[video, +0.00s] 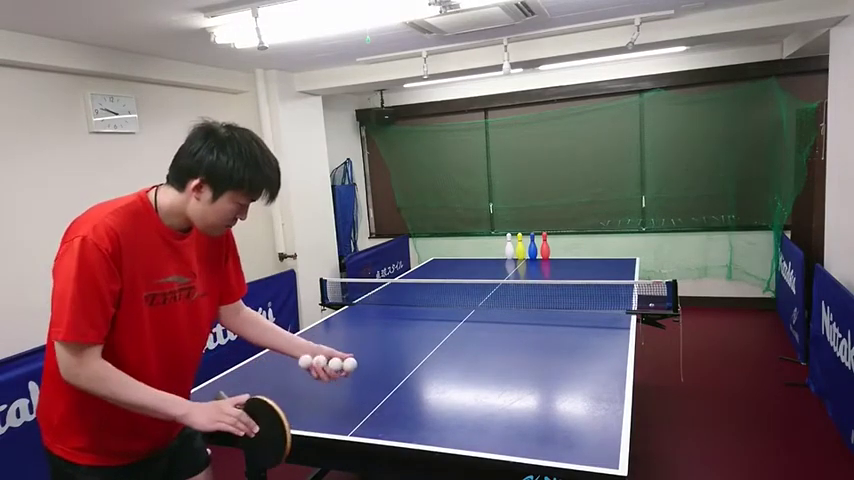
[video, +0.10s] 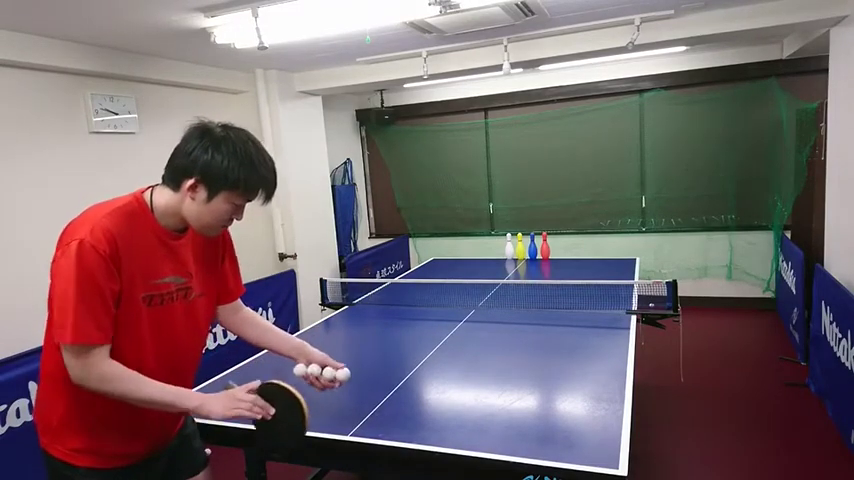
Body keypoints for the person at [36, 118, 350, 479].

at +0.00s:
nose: (242, 217)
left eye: (247, 206)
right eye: (239, 204)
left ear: (200, 191)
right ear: (198, 188)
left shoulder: (212, 230)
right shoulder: (96, 239)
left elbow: (234, 312)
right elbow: (77, 364)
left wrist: (306, 350)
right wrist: (187, 409)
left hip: (169, 436)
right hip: (94, 455)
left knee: (199, 470)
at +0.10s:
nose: (238, 218)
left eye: (243, 207)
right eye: (235, 205)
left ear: (195, 190)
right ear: (194, 188)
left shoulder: (208, 230)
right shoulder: (92, 241)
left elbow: (232, 310)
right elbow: (86, 367)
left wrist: (306, 353)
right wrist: (202, 402)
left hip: (168, 435)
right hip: (93, 456)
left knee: (198, 470)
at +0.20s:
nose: (235, 219)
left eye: (240, 208)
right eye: (232, 206)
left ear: (192, 192)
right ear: (190, 189)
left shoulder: (206, 229)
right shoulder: (91, 242)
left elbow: (231, 312)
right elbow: (99, 368)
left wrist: (302, 356)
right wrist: (217, 395)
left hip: (167, 433)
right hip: (92, 455)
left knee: (194, 470)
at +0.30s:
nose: (236, 221)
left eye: (240, 211)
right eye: (232, 209)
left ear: (193, 193)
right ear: (191, 191)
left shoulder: (207, 230)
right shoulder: (93, 244)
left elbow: (231, 312)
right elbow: (101, 369)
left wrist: (302, 360)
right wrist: (219, 394)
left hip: (167, 432)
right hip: (92, 454)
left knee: (195, 471)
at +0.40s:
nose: (242, 223)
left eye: (247, 213)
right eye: (239, 211)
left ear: (199, 195)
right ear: (198, 193)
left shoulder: (214, 234)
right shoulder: (98, 243)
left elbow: (236, 311)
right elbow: (86, 368)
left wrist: (305, 356)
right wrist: (202, 398)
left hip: (170, 433)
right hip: (93, 453)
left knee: (199, 470)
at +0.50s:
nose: (254, 223)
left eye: (259, 213)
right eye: (251, 212)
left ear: (211, 196)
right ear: (211, 194)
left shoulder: (223, 235)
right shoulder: (112, 239)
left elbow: (244, 309)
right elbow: (71, 361)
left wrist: (310, 347)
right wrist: (185, 394)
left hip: (174, 431)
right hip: (96, 447)